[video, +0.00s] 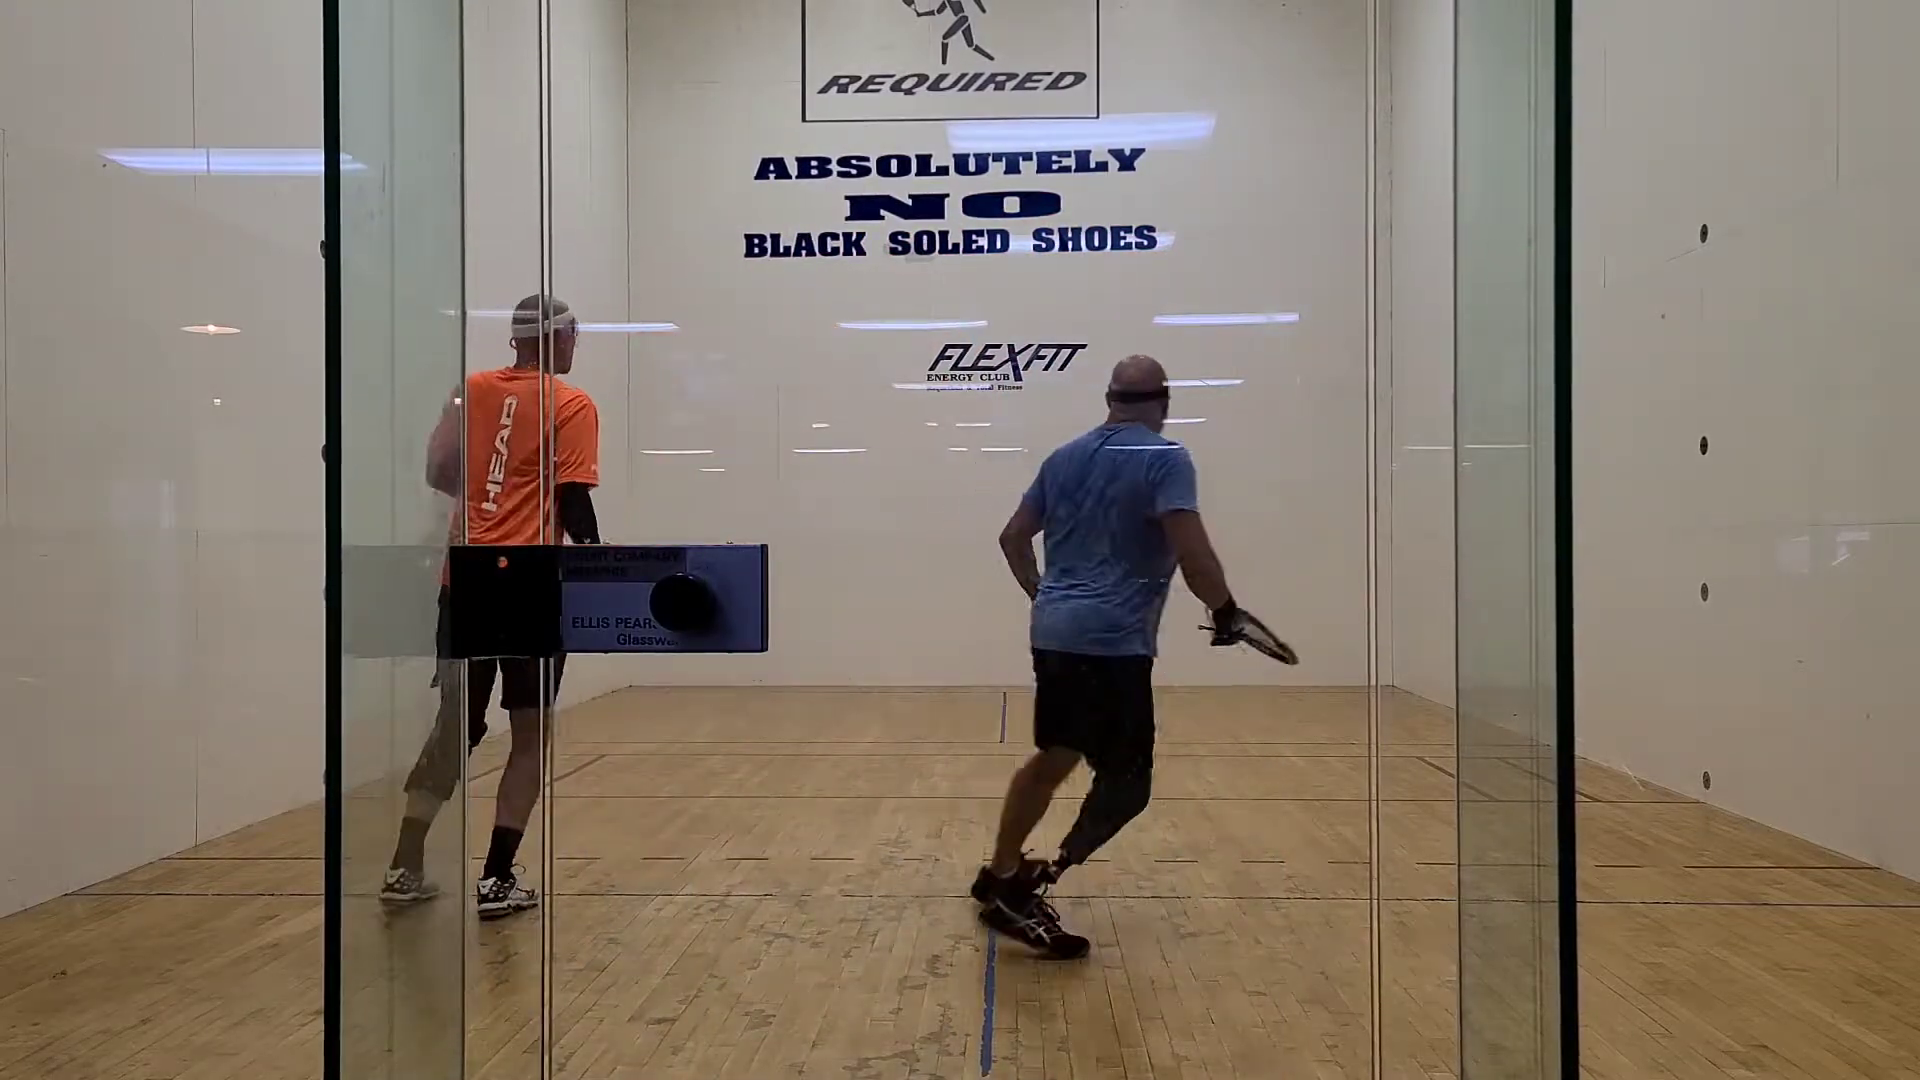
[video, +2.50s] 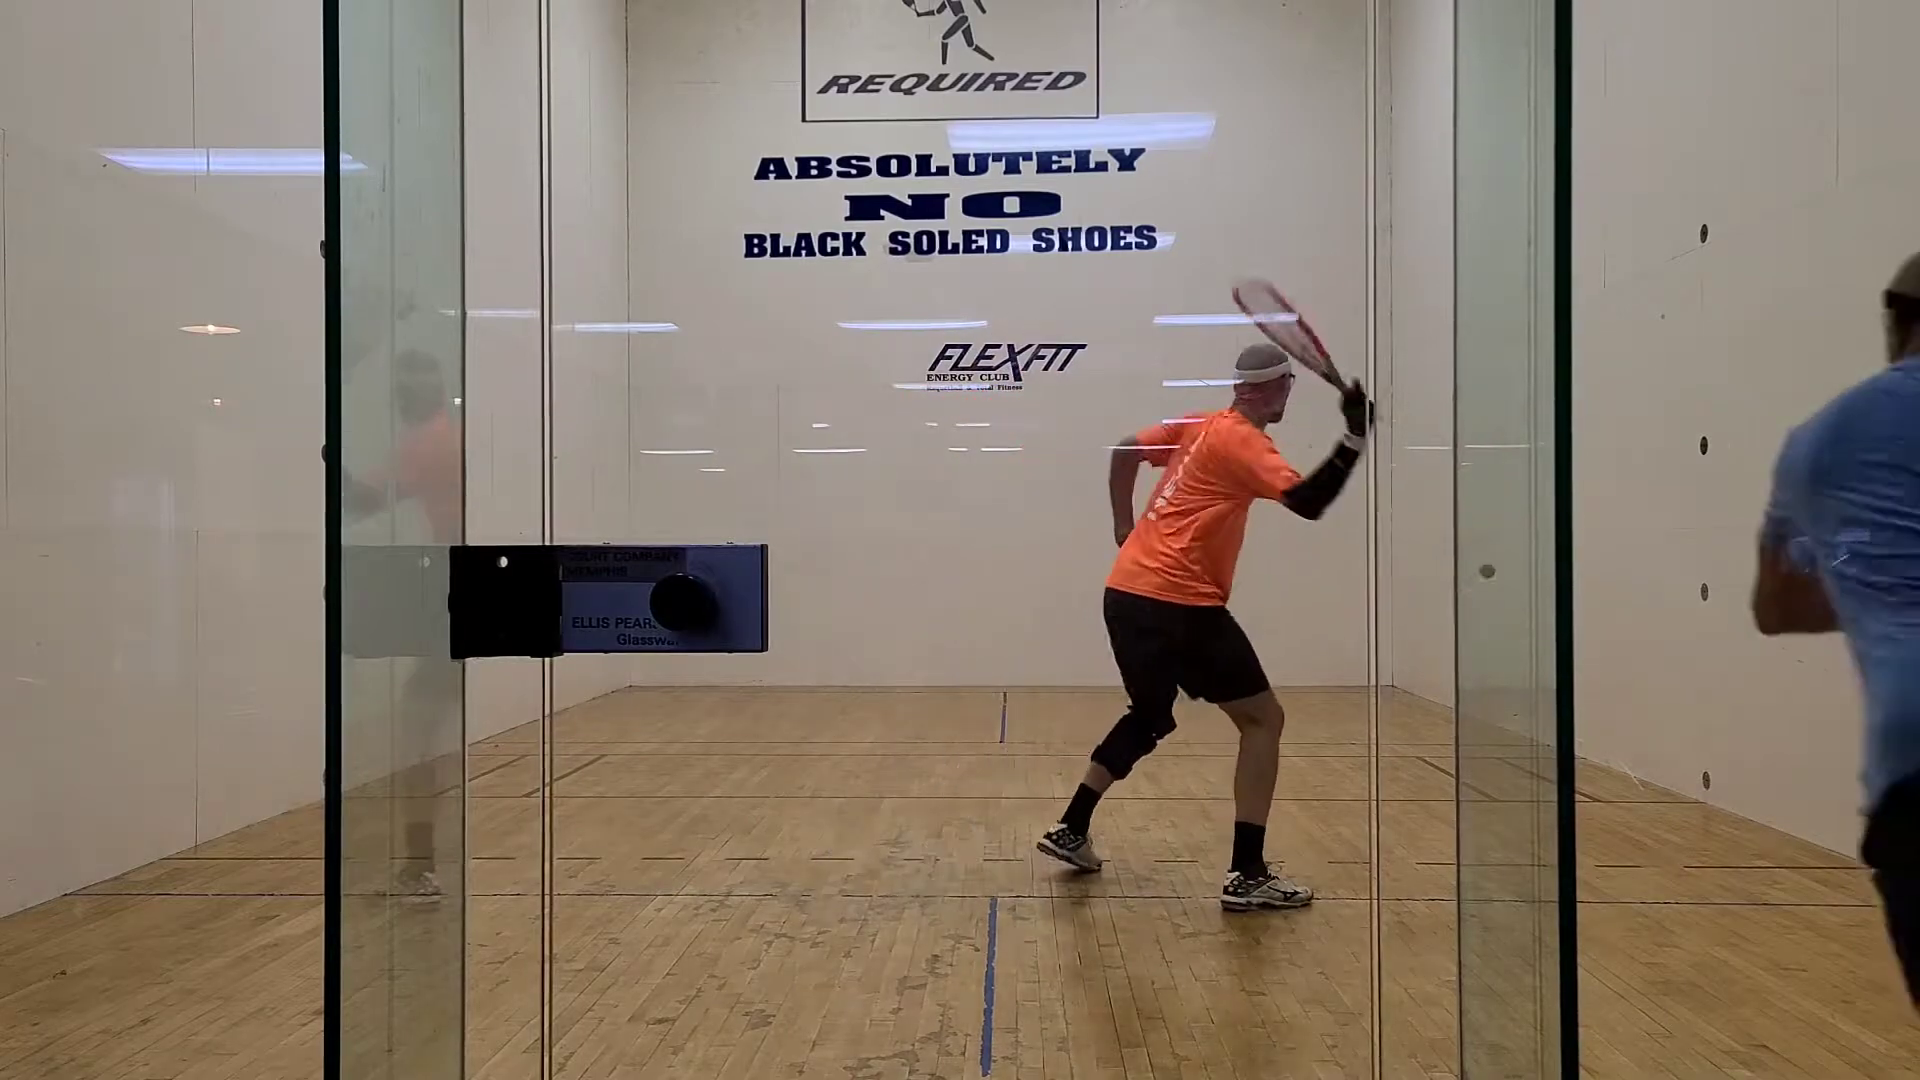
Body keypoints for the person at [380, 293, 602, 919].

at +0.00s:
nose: (575, 346)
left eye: (572, 335)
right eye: (572, 337)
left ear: (515, 339)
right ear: (561, 339)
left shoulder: (472, 390)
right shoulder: (573, 405)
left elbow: (439, 470)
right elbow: (572, 500)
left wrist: (495, 492)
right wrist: (601, 566)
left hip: (468, 578)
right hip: (537, 582)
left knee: (458, 725)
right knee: (529, 739)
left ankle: (405, 867)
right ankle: (497, 879)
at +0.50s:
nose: (713, 377)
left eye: (709, 367)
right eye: (705, 368)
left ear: (661, 378)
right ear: (674, 376)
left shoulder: (614, 418)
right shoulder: (679, 431)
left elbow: (593, 510)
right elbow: (661, 521)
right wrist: (696, 596)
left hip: (567, 591)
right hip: (624, 597)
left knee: (526, 723)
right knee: (683, 710)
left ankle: (429, 839)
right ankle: (669, 853)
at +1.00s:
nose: (843, 356)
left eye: (840, 346)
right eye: (832, 347)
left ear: (796, 359)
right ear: (799, 357)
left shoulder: (759, 410)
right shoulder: (803, 415)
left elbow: (715, 480)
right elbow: (785, 492)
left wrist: (696, 559)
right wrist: (828, 555)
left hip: (745, 589)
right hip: (764, 592)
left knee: (812, 686)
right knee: (734, 712)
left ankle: (836, 820)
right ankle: (671, 843)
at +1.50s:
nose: (957, 353)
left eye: (957, 344)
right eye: (945, 344)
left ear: (916, 357)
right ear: (914, 353)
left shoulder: (896, 408)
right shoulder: (934, 403)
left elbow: (884, 492)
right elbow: (932, 478)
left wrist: (937, 542)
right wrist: (974, 536)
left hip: (880, 574)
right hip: (918, 572)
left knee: (899, 696)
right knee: (982, 690)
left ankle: (857, 824)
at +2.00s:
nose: (1102, 399)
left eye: (1095, 391)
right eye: (1102, 391)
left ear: (1053, 393)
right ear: (1097, 390)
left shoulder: (1013, 437)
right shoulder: (1098, 442)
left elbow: (999, 508)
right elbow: (1095, 520)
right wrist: (1122, 594)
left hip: (994, 601)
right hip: (1056, 597)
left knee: (1006, 716)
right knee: (1146, 699)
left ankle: (945, 839)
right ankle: (1138, 840)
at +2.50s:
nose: (1286, 400)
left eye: (1286, 388)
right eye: (1281, 389)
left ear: (1241, 388)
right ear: (1260, 390)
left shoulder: (1202, 426)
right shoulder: (1241, 439)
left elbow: (1125, 452)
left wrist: (1123, 525)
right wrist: (1355, 437)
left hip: (1130, 592)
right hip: (1184, 602)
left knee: (1149, 715)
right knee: (1262, 720)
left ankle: (1071, 828)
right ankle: (1247, 874)